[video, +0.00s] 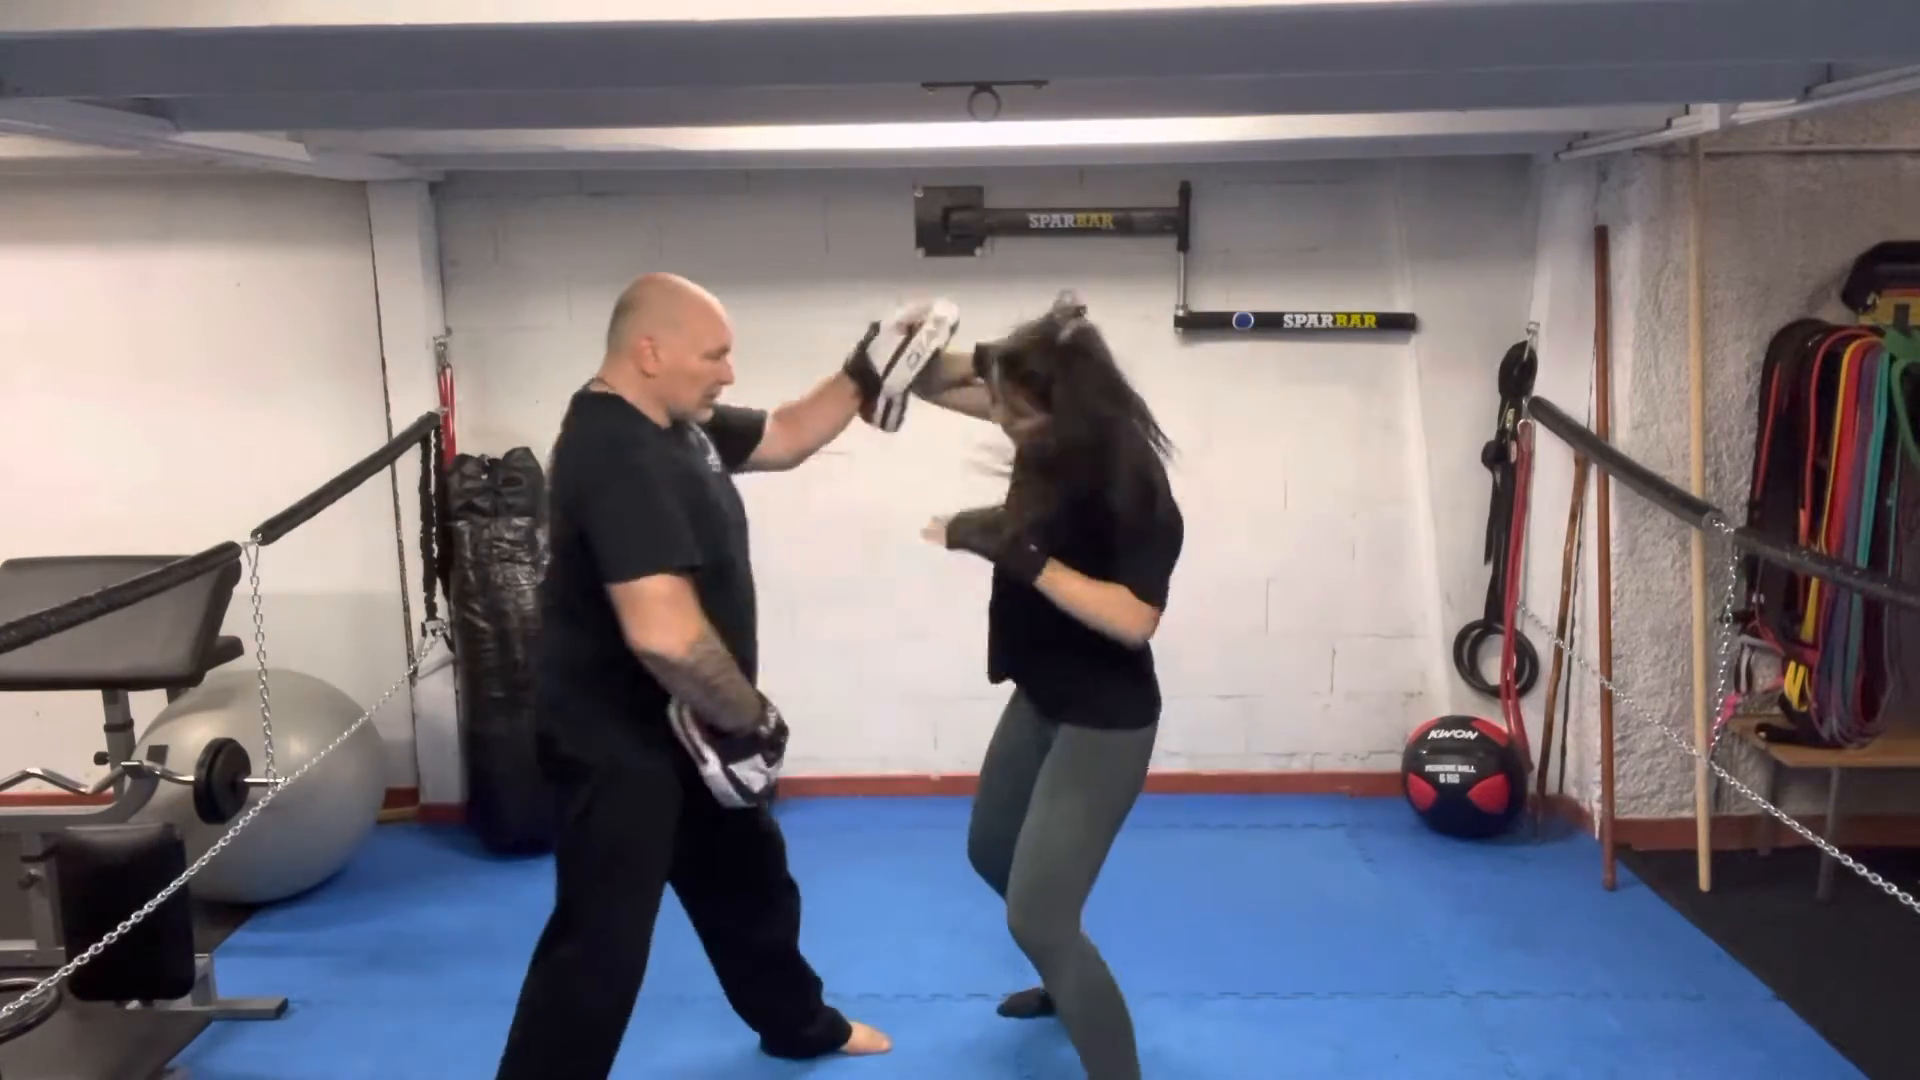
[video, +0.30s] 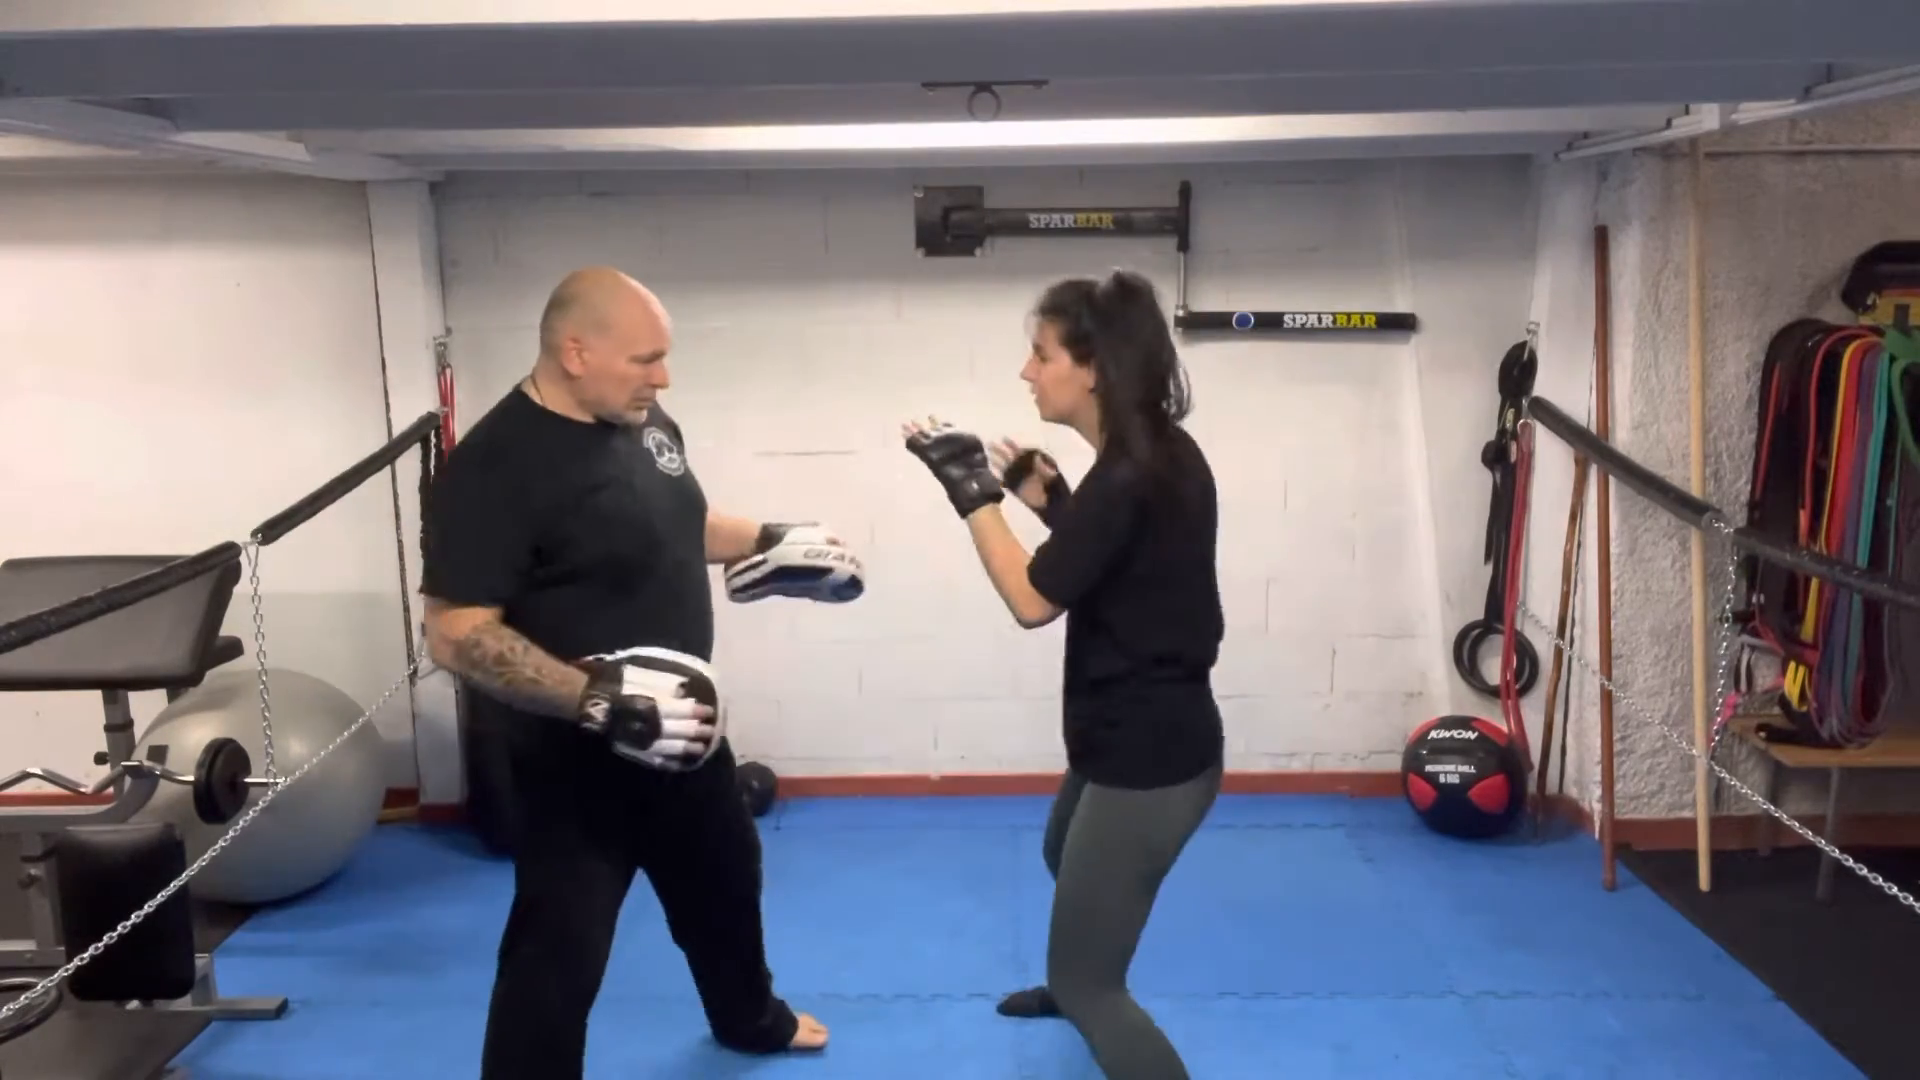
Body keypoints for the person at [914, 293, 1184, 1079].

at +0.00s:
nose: (1005, 425)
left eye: (1015, 415)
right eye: (1003, 412)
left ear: (1057, 409)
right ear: (1047, 400)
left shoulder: (1129, 477)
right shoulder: (1053, 432)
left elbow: (1135, 619)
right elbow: (940, 387)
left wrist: (1021, 556)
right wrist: (910, 343)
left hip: (1109, 721)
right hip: (1042, 699)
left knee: (1042, 920)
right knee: (994, 849)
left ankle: (1117, 1072)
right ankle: (1069, 980)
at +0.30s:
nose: (1027, 370)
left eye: (1041, 356)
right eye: (1032, 354)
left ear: (1092, 368)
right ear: (1093, 367)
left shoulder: (1131, 474)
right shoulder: (1166, 456)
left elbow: (1035, 599)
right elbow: (1127, 569)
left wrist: (970, 493)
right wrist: (1052, 503)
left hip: (1149, 766)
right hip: (1132, 744)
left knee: (1083, 984)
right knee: (1066, 849)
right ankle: (1078, 989)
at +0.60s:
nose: (1077, 365)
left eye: (1089, 346)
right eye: (1080, 345)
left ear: (1138, 351)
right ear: (1160, 350)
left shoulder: (1192, 451)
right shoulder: (1223, 437)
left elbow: (1148, 602)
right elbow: (1189, 566)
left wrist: (1054, 529)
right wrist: (1105, 507)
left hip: (1232, 758)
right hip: (1282, 733)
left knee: (1129, 969)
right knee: (1242, 886)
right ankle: (1374, 1026)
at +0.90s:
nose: (1143, 361)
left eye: (1153, 341)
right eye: (1144, 341)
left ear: (1202, 342)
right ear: (1219, 338)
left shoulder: (1249, 442)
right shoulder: (1294, 417)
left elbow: (1246, 601)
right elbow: (1281, 530)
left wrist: (1133, 553)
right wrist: (1183, 483)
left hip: (1303, 737)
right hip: (1355, 707)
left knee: (1217, 943)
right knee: (1341, 887)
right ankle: (1411, 1060)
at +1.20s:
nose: (1163, 333)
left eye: (1179, 316)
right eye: (1168, 314)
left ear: (1233, 334)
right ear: (1236, 336)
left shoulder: (1245, 436)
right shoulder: (1290, 422)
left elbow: (1186, 582)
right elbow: (1221, 554)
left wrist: (1114, 481)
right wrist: (1163, 460)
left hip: (1296, 744)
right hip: (1346, 713)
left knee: (1205, 948)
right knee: (1338, 888)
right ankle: (1410, 1060)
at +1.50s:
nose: (1104, 360)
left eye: (1114, 337)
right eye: (1106, 338)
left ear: (1170, 335)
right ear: (1178, 334)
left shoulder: (1201, 430)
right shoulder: (1274, 415)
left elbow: (1142, 571)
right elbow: (1231, 530)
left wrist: (1089, 468)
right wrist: (1141, 459)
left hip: (1248, 750)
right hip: (1313, 717)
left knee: (1185, 956)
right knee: (1241, 878)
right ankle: (1309, 1055)